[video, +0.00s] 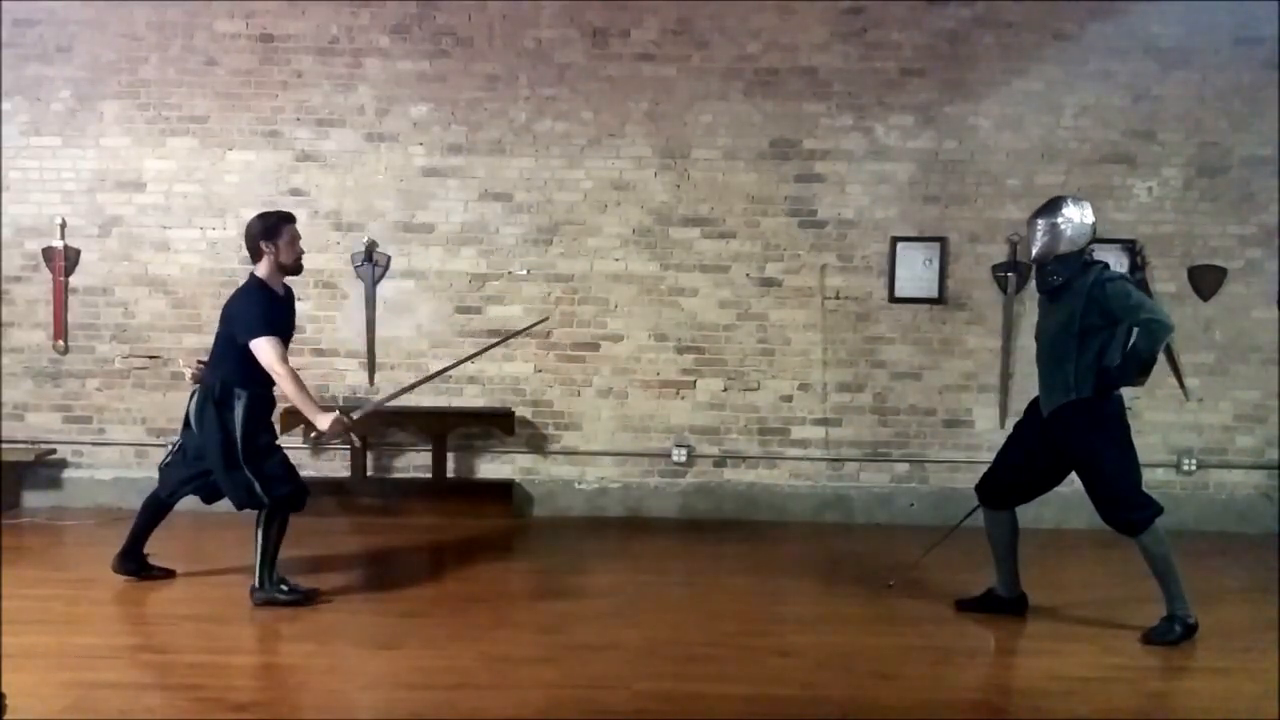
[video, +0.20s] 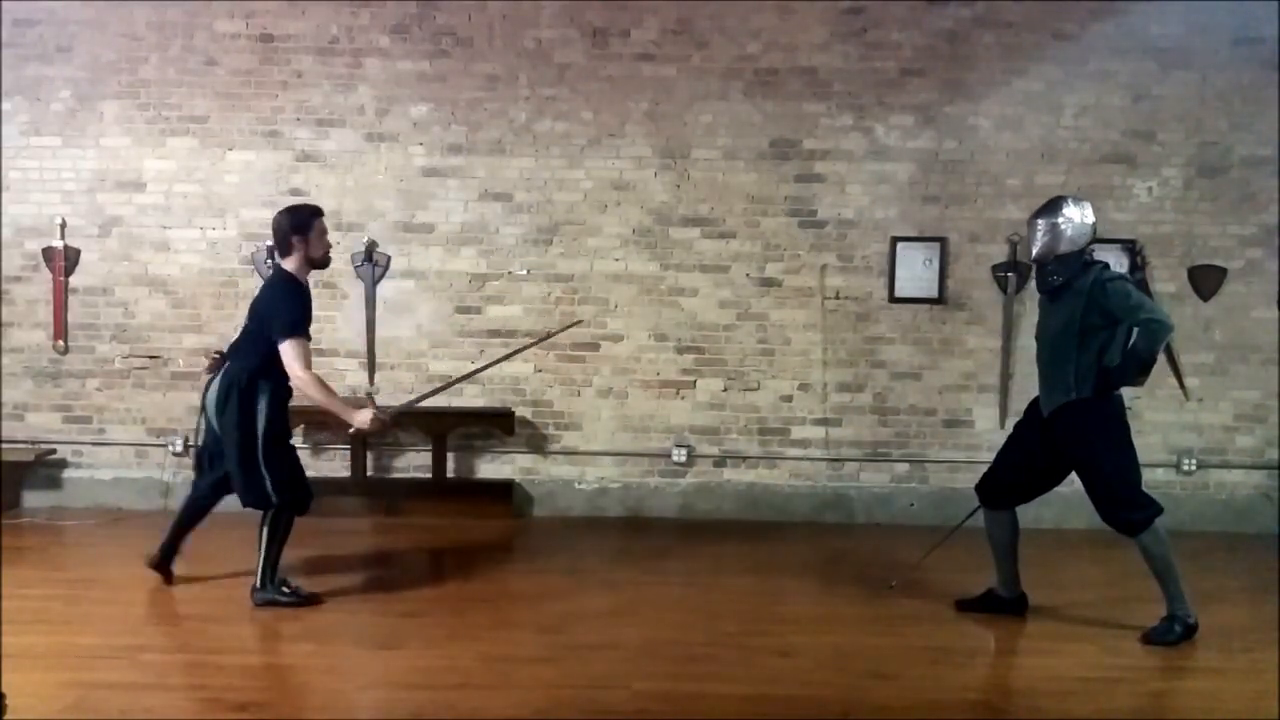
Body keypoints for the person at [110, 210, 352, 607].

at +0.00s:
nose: (302, 247)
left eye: (299, 239)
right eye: (294, 241)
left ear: (272, 249)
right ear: (268, 249)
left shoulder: (282, 295)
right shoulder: (251, 303)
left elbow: (249, 349)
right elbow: (279, 368)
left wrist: (213, 368)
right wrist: (318, 416)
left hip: (230, 409)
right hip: (228, 414)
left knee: (174, 483)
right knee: (281, 490)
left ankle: (129, 555)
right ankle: (266, 583)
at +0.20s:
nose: (329, 241)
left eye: (326, 233)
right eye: (322, 234)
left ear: (293, 241)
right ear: (298, 241)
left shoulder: (282, 284)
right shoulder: (287, 294)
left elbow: (256, 339)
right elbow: (299, 374)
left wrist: (228, 361)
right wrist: (351, 415)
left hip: (233, 390)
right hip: (253, 399)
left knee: (219, 477)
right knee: (288, 490)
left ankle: (165, 553)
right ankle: (267, 584)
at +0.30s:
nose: (343, 239)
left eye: (340, 231)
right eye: (337, 233)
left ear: (307, 241)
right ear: (314, 240)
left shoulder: (284, 280)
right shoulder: (303, 291)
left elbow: (253, 322)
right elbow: (312, 375)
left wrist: (230, 354)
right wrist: (369, 408)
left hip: (232, 388)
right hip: (261, 396)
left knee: (245, 484)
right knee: (293, 489)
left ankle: (217, 565)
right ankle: (268, 583)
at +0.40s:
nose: (354, 237)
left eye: (352, 229)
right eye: (349, 230)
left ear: (315, 239)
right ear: (328, 238)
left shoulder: (292, 275)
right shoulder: (320, 290)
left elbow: (252, 315)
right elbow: (329, 374)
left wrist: (239, 353)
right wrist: (388, 405)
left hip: (249, 385)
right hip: (272, 392)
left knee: (288, 484)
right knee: (293, 489)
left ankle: (279, 576)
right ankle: (270, 583)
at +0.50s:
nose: (365, 237)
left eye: (362, 229)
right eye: (360, 231)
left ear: (322, 239)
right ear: (342, 238)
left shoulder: (297, 275)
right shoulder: (337, 295)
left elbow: (256, 313)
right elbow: (347, 377)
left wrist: (248, 355)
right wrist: (403, 395)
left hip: (260, 389)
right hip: (287, 394)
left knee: (312, 483)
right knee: (302, 488)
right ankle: (268, 581)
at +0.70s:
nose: (391, 238)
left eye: (388, 230)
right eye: (386, 232)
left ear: (349, 240)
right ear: (369, 240)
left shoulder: (326, 276)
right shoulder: (373, 297)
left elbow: (284, 321)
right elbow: (392, 372)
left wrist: (286, 359)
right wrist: (444, 363)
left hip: (313, 395)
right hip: (330, 401)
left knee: (359, 488)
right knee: (324, 497)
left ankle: (392, 569)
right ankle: (270, 580)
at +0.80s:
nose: (408, 234)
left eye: (406, 226)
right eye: (403, 227)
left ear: (367, 234)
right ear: (387, 234)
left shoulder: (343, 274)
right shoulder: (393, 292)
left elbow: (305, 323)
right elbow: (429, 356)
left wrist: (313, 363)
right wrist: (476, 337)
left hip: (334, 391)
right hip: (358, 397)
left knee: (380, 482)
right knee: (354, 494)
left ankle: (397, 568)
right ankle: (287, 565)